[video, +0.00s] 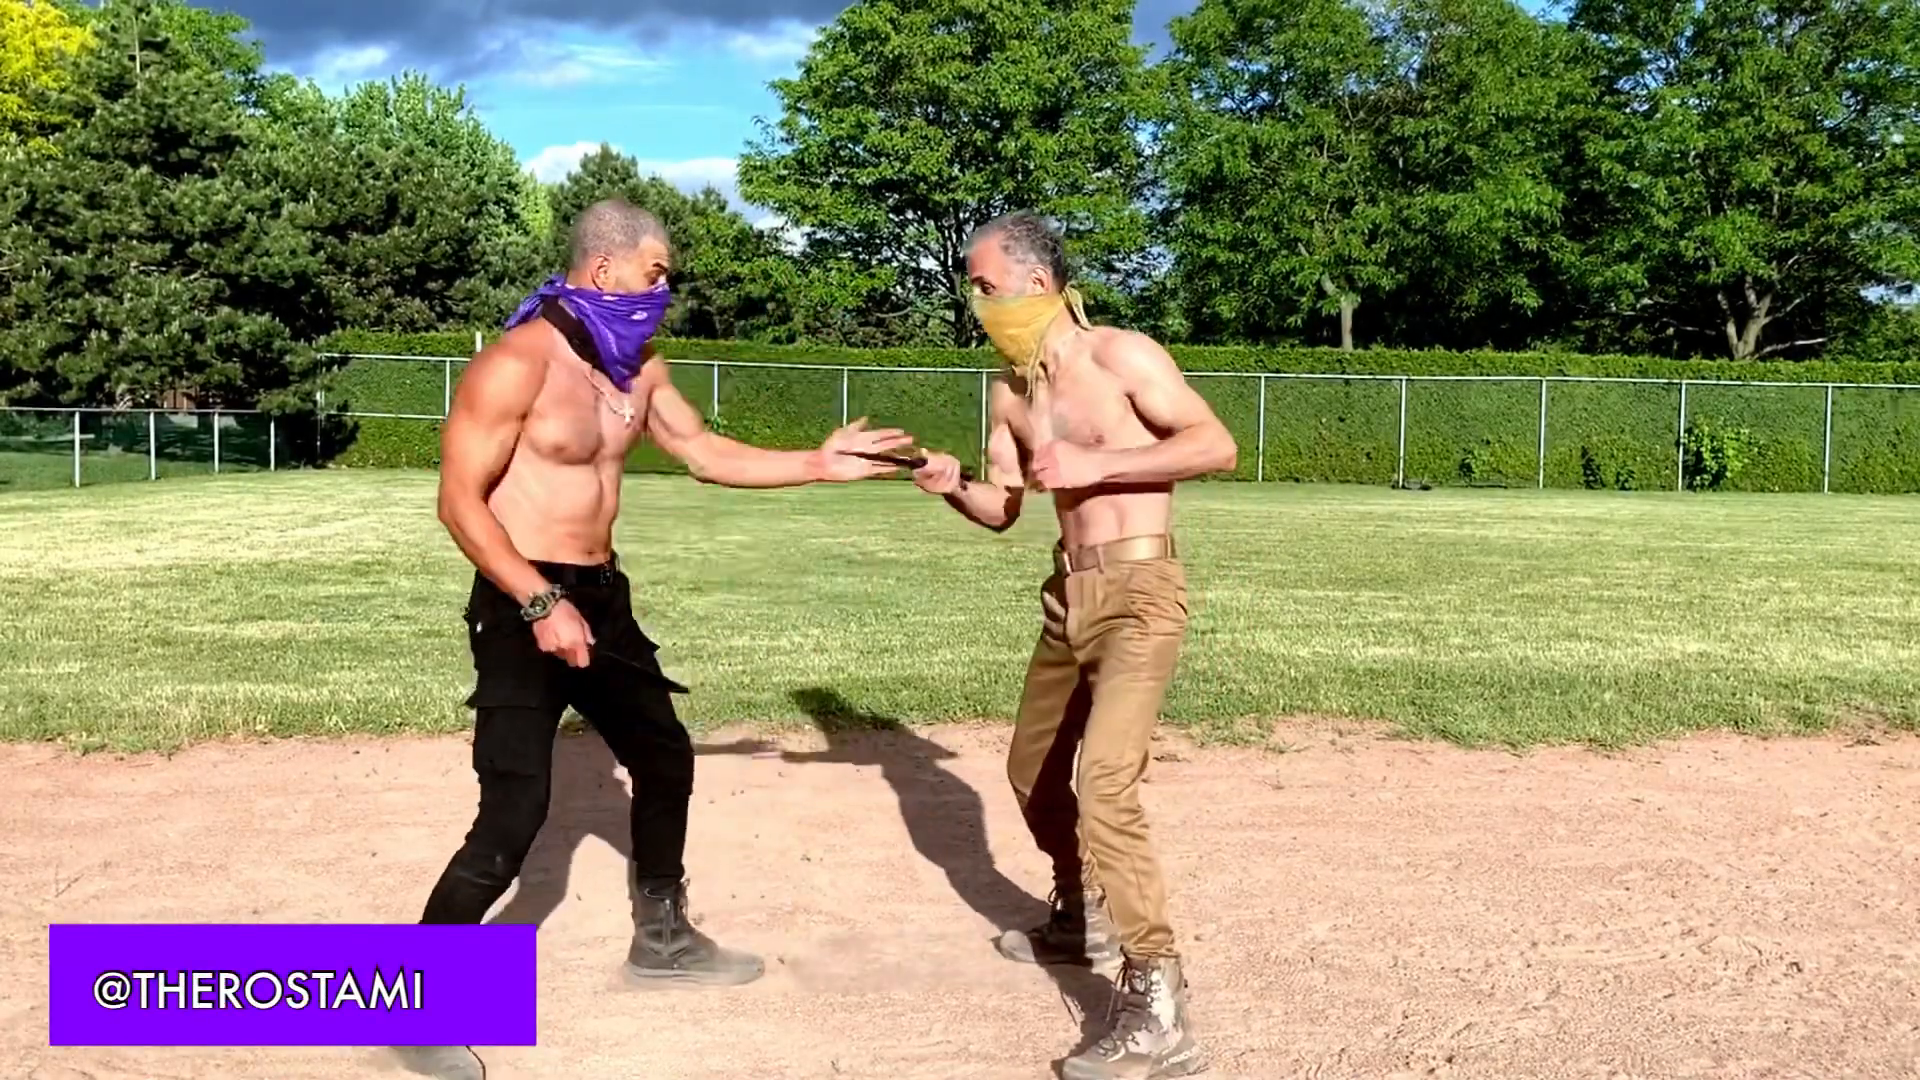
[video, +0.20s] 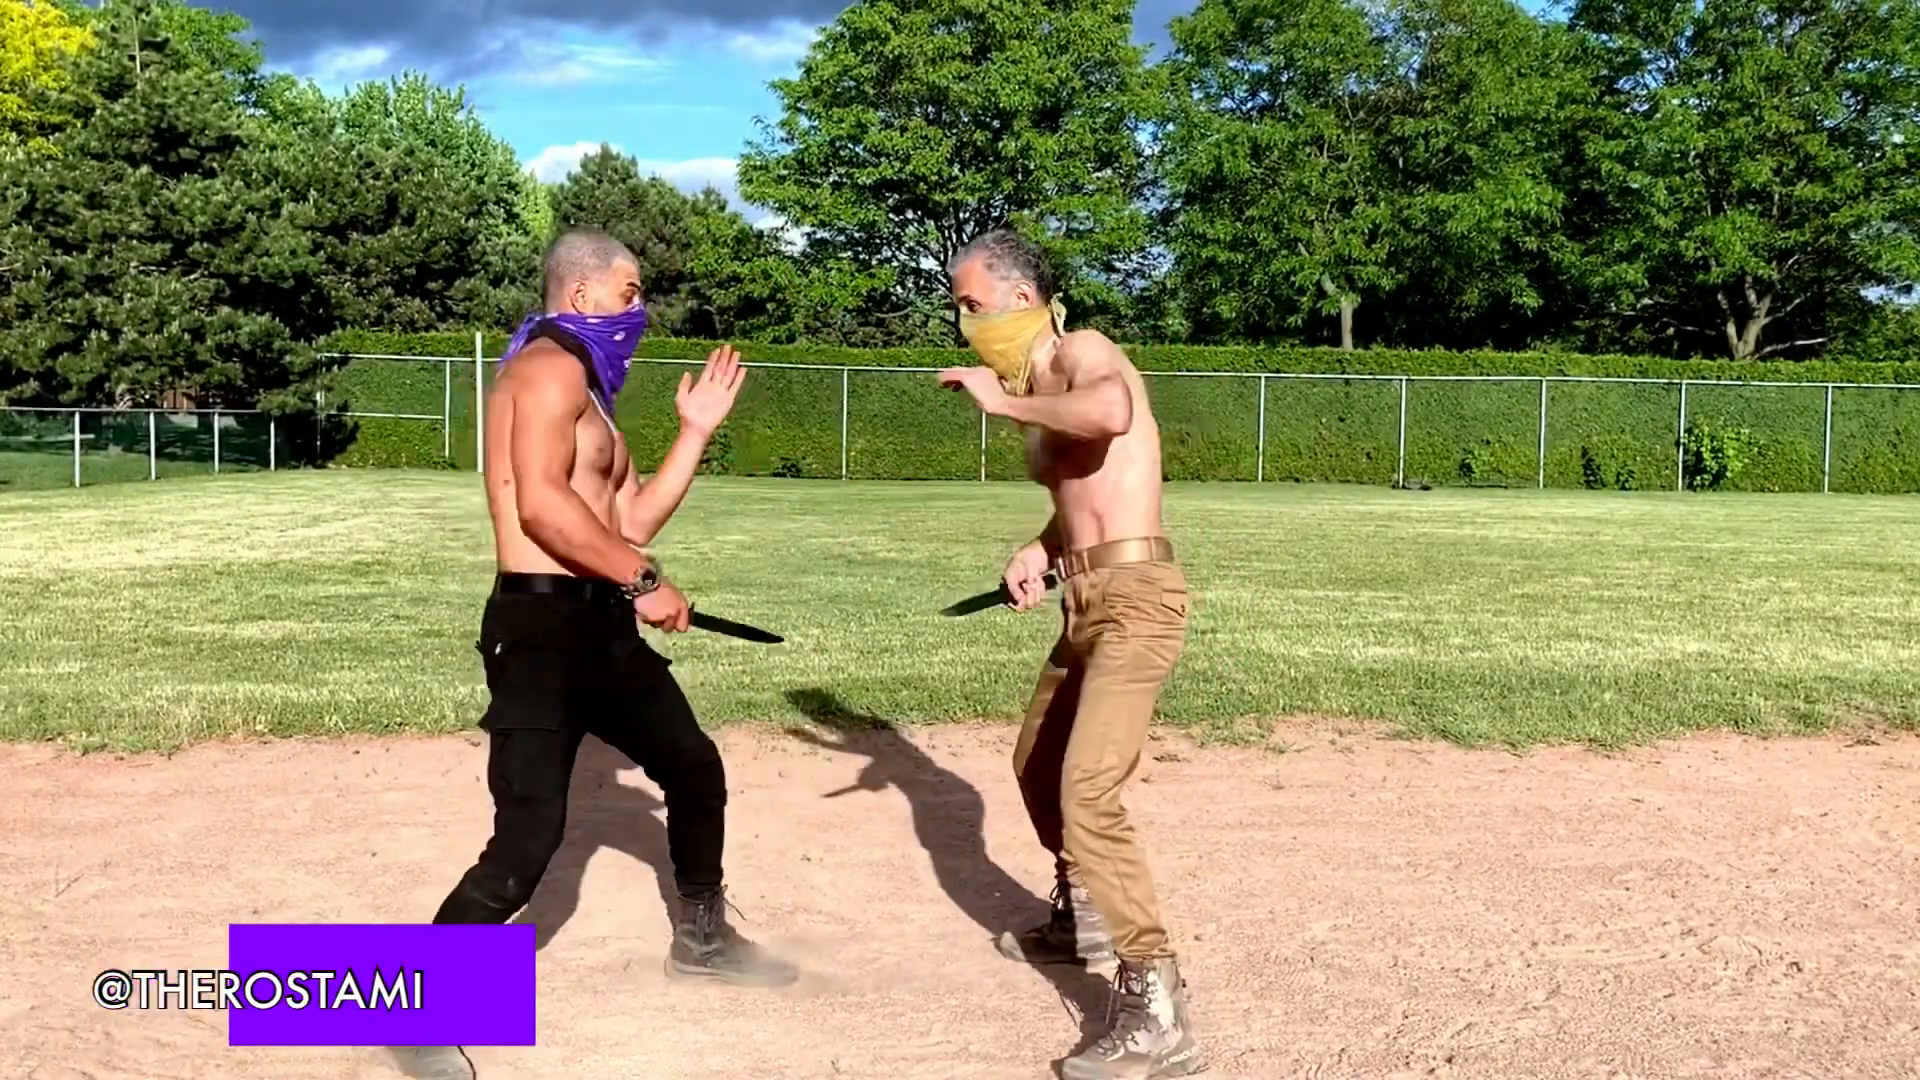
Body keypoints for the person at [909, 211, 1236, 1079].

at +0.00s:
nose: (976, 304)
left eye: (984, 286)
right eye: (971, 290)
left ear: (1036, 278)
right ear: (1008, 286)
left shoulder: (1121, 353)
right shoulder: (1009, 390)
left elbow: (1217, 446)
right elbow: (1001, 508)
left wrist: (1098, 466)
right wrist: (955, 484)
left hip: (1142, 592)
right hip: (1067, 599)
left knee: (1102, 784)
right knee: (1035, 778)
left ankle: (1158, 1004)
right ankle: (1082, 912)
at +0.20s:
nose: (964, 320)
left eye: (971, 304)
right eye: (959, 307)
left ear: (1018, 295)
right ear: (1007, 299)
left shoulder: (1080, 348)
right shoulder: (1039, 385)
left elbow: (1112, 412)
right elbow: (1083, 507)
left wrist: (1009, 404)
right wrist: (1040, 550)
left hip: (1137, 597)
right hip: (1087, 604)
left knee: (1087, 791)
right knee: (1038, 770)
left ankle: (1157, 1012)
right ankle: (1084, 918)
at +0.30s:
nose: (972, 323)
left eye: (979, 306)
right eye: (969, 309)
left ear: (1025, 296)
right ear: (1031, 301)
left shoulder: (1057, 351)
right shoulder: (1062, 370)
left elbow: (941, 403)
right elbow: (1122, 490)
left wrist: (841, 452)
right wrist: (1062, 547)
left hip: (1148, 608)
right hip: (1110, 608)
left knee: (1089, 788)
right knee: (1045, 764)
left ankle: (1150, 1005)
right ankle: (1085, 914)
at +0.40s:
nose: (986, 317)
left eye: (993, 300)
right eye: (985, 302)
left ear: (1038, 295)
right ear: (1051, 298)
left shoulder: (1055, 366)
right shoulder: (1093, 369)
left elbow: (967, 449)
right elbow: (1135, 485)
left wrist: (881, 499)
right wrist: (1069, 539)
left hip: (1145, 611)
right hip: (1114, 606)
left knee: (1083, 791)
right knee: (1046, 759)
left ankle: (1149, 1008)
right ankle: (1088, 910)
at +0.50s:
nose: (1004, 301)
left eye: (1012, 284)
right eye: (1002, 285)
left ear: (1059, 284)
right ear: (1058, 282)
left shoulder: (1104, 363)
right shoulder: (1070, 371)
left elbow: (1128, 482)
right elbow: (1060, 474)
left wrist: (1037, 501)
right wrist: (980, 496)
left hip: (1145, 605)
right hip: (1101, 604)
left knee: (1092, 788)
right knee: (1048, 762)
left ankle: (1150, 1011)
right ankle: (1090, 913)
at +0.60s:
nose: (1011, 309)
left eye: (1022, 292)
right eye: (1010, 292)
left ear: (1076, 296)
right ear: (1064, 297)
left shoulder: (1148, 389)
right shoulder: (1045, 377)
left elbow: (1190, 523)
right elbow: (941, 398)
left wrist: (1079, 497)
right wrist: (841, 446)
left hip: (1170, 610)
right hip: (1106, 610)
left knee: (1115, 781)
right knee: (1047, 765)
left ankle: (1167, 1003)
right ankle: (1081, 912)